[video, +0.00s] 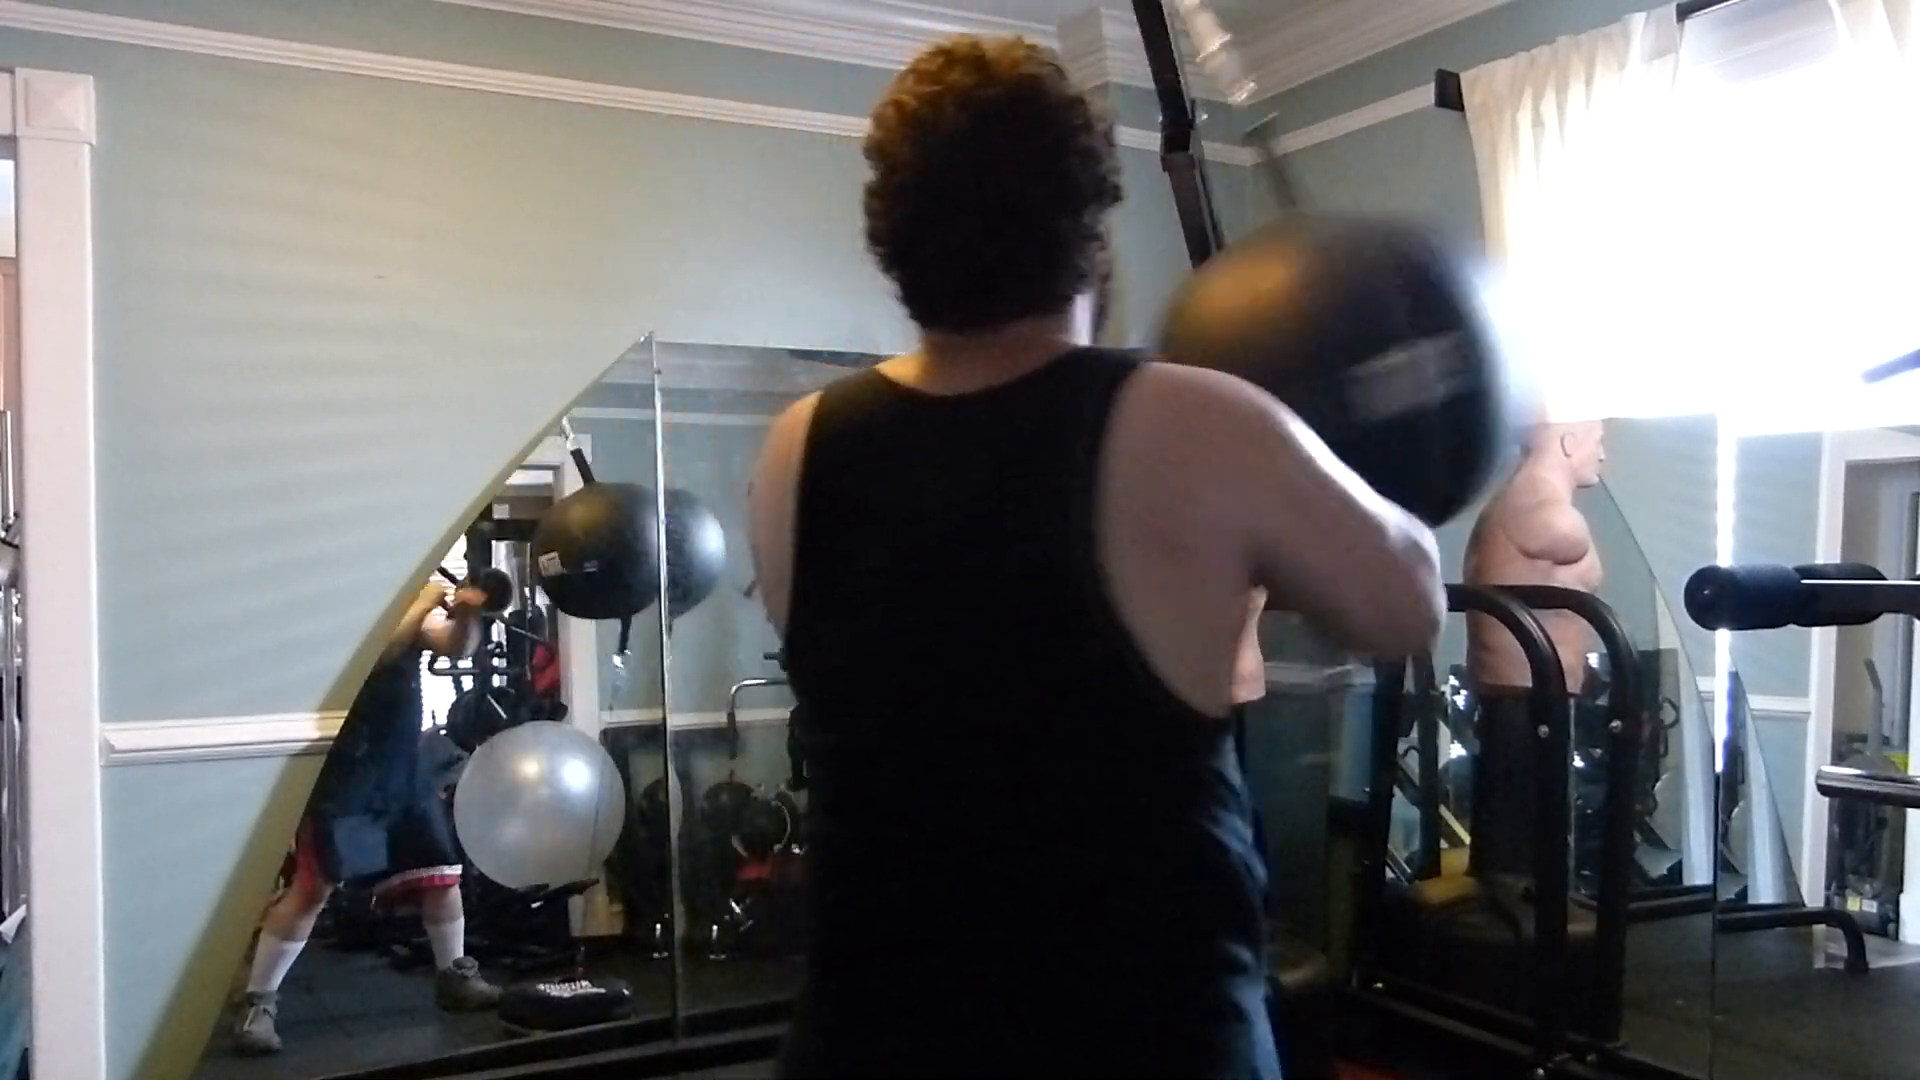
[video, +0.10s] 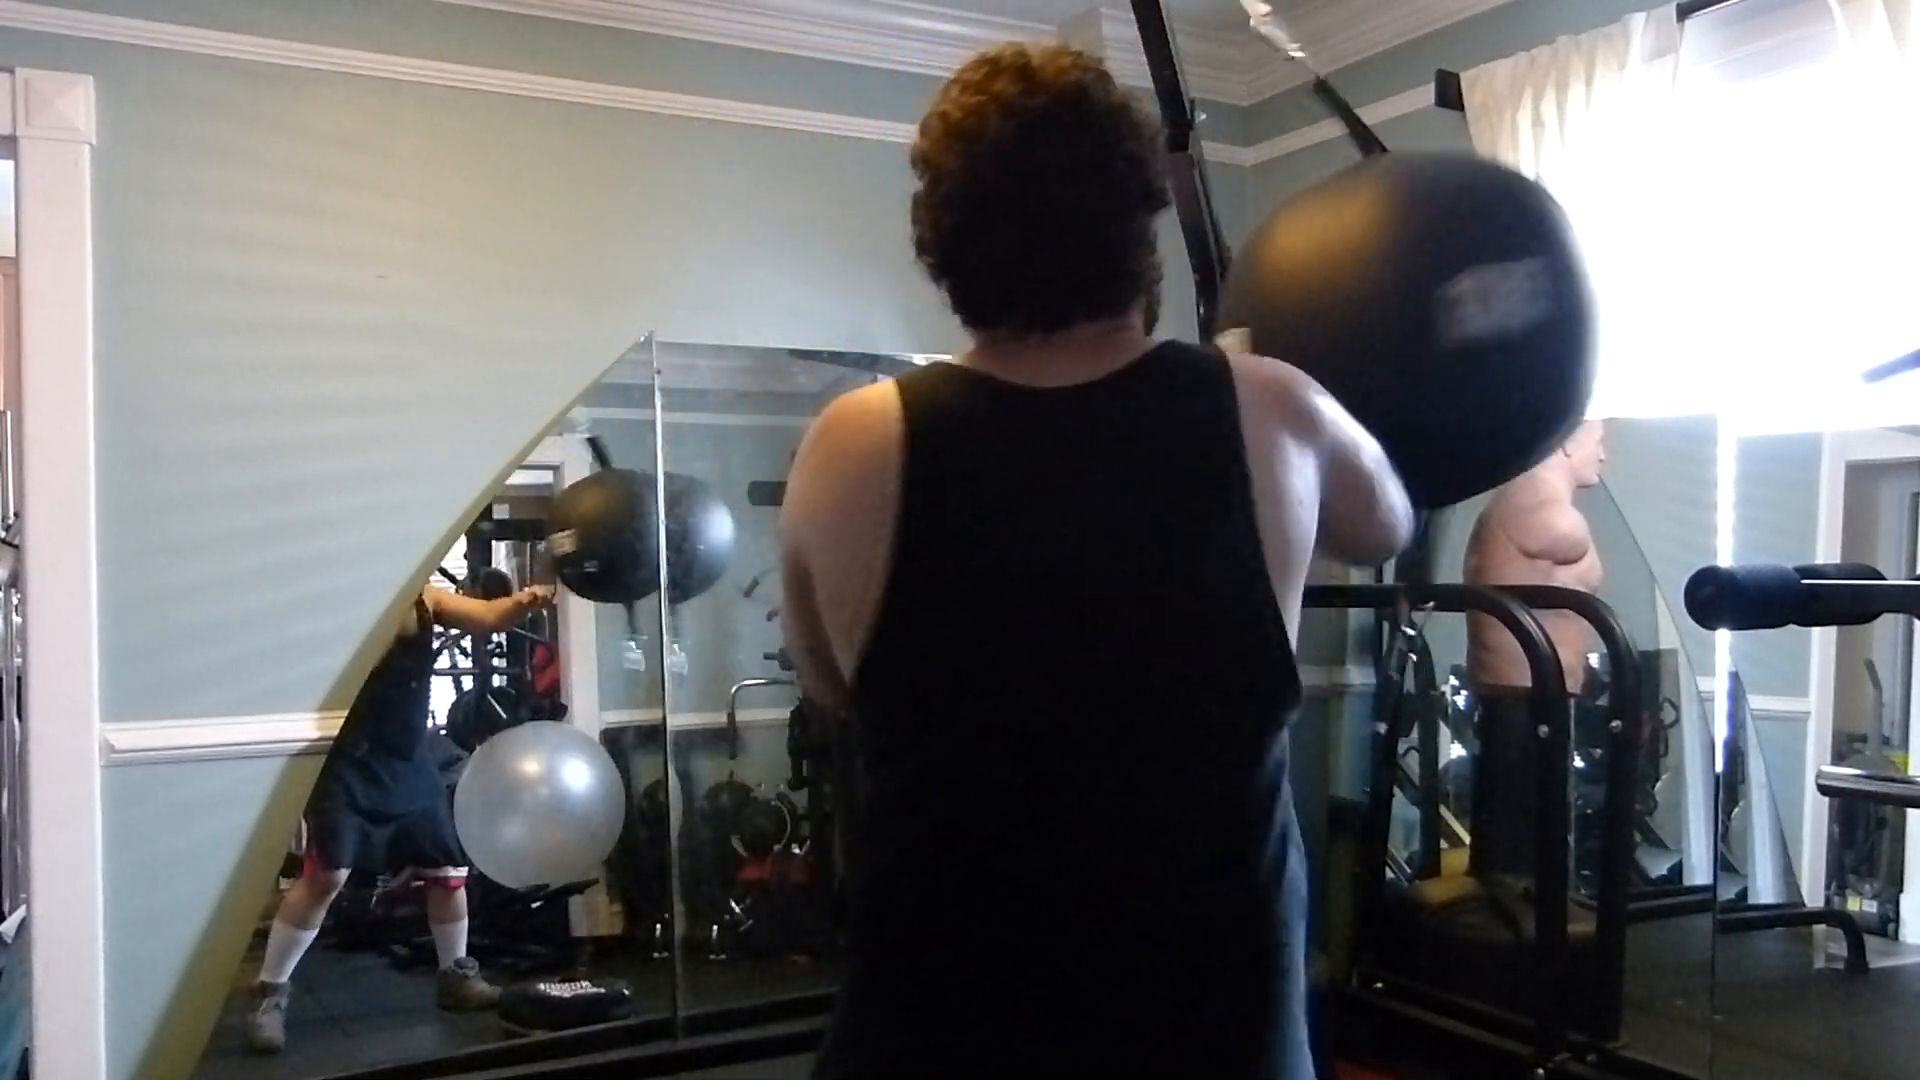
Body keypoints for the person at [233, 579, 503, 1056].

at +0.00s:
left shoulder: (410, 592)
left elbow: (455, 647)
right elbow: (376, 648)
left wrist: (466, 611)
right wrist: (423, 600)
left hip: (401, 766)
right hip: (335, 770)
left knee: (441, 871)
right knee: (313, 886)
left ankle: (455, 976)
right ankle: (258, 1003)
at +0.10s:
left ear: (409, 555)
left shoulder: (420, 593)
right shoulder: (342, 599)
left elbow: (486, 615)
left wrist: (519, 600)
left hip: (409, 756)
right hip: (340, 755)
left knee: (448, 870)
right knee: (328, 874)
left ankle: (456, 976)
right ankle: (270, 996)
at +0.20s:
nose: (412, 562)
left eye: (414, 556)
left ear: (417, 554)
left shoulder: (422, 597)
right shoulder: (345, 597)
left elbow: (473, 644)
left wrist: (501, 628)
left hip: (417, 754)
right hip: (346, 755)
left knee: (448, 870)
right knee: (328, 873)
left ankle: (457, 975)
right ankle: (279, 988)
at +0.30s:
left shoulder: (413, 602)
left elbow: (444, 659)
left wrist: (470, 666)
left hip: (414, 753)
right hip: (343, 757)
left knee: (445, 872)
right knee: (323, 879)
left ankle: (456, 977)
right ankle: (292, 995)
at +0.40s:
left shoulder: (406, 629)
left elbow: (435, 693)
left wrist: (434, 689)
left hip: (401, 762)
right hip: (326, 769)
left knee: (446, 872)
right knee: (316, 884)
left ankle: (455, 976)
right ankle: (288, 995)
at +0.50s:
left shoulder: (388, 607)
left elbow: (418, 674)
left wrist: (391, 690)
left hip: (392, 768)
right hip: (320, 779)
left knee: (444, 874)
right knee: (315, 891)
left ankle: (454, 976)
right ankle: (288, 995)